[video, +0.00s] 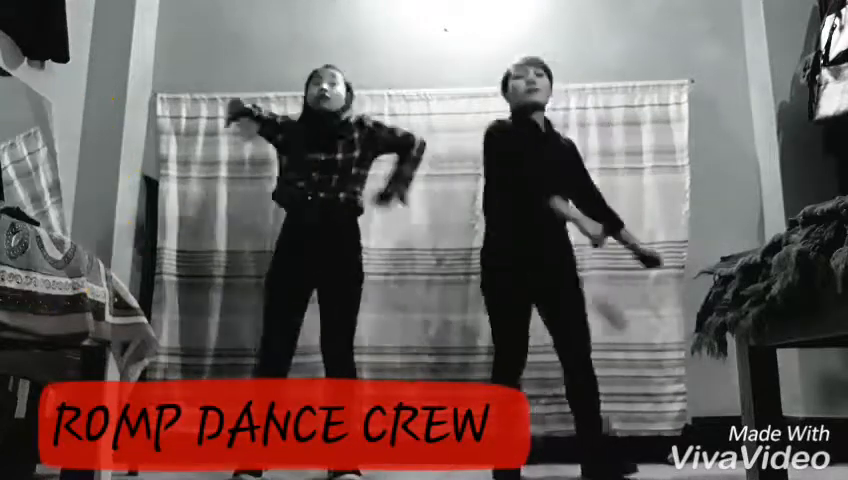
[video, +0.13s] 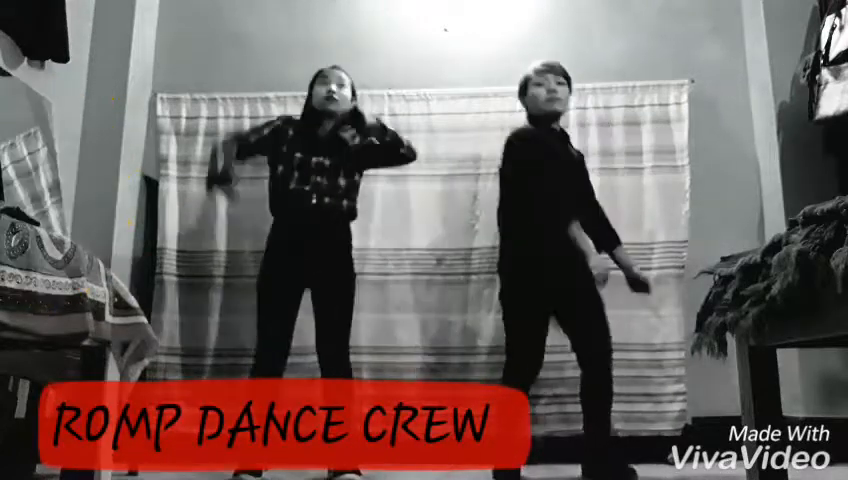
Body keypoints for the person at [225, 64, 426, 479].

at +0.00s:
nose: (324, 86)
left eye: (333, 81)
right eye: (316, 81)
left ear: (348, 96)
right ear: (305, 95)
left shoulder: (363, 131)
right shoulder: (289, 129)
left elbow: (414, 145)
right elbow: (247, 114)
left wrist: (397, 184)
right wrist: (242, 113)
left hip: (340, 245)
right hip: (295, 244)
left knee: (338, 351)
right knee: (275, 349)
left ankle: (344, 454)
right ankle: (255, 451)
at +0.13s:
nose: (333, 89)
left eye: (342, 85)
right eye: (325, 82)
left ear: (352, 101)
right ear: (310, 94)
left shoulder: (353, 144)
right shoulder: (285, 131)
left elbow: (404, 153)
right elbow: (232, 148)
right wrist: (223, 166)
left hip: (333, 254)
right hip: (284, 251)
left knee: (334, 356)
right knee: (270, 353)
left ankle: (344, 457)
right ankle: (251, 454)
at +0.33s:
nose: (311, 82)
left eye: (320, 79)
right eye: (303, 76)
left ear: (330, 96)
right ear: (285, 90)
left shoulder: (338, 134)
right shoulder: (265, 133)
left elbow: (383, 171)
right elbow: (209, 149)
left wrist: (381, 161)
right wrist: (220, 120)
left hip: (335, 248)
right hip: (288, 247)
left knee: (338, 353)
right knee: (274, 352)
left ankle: (343, 455)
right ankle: (251, 454)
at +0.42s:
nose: (313, 83)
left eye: (322, 80)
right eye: (305, 75)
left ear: (331, 98)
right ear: (287, 88)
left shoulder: (339, 132)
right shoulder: (264, 124)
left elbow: (386, 168)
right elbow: (211, 124)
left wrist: (381, 128)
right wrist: (218, 138)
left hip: (334, 246)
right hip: (286, 244)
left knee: (337, 353)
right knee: (272, 352)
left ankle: (342, 458)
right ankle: (251, 455)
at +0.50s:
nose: (324, 83)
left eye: (332, 80)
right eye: (315, 77)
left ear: (342, 95)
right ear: (299, 90)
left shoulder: (351, 132)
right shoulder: (279, 131)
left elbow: (398, 161)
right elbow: (232, 168)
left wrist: (394, 136)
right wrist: (237, 163)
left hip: (327, 249)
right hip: (279, 247)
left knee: (331, 352)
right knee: (266, 351)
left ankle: (344, 457)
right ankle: (250, 455)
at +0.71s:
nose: (334, 88)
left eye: (342, 83)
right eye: (325, 81)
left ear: (352, 96)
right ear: (309, 90)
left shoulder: (356, 140)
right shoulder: (284, 128)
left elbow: (400, 173)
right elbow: (222, 126)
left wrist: (390, 134)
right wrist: (255, 120)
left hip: (339, 249)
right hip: (292, 245)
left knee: (339, 354)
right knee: (274, 351)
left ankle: (345, 458)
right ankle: (250, 455)